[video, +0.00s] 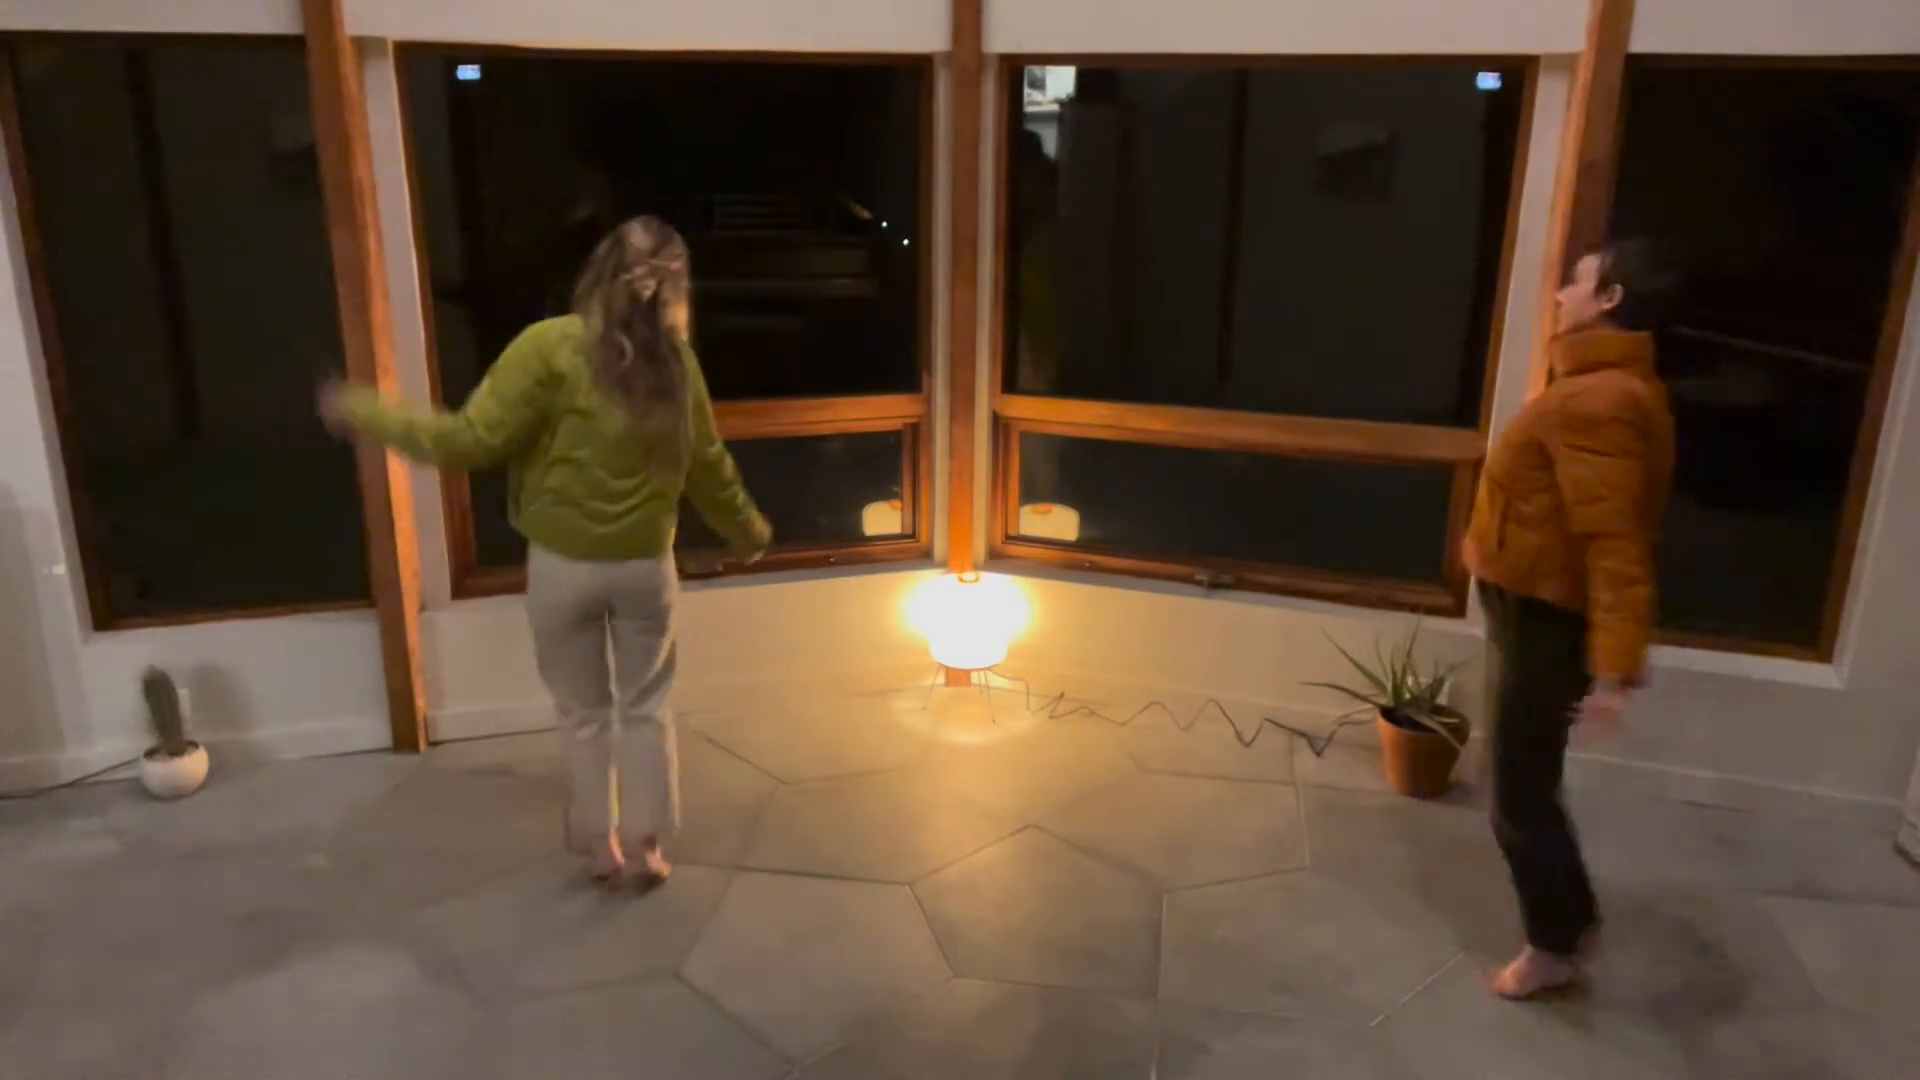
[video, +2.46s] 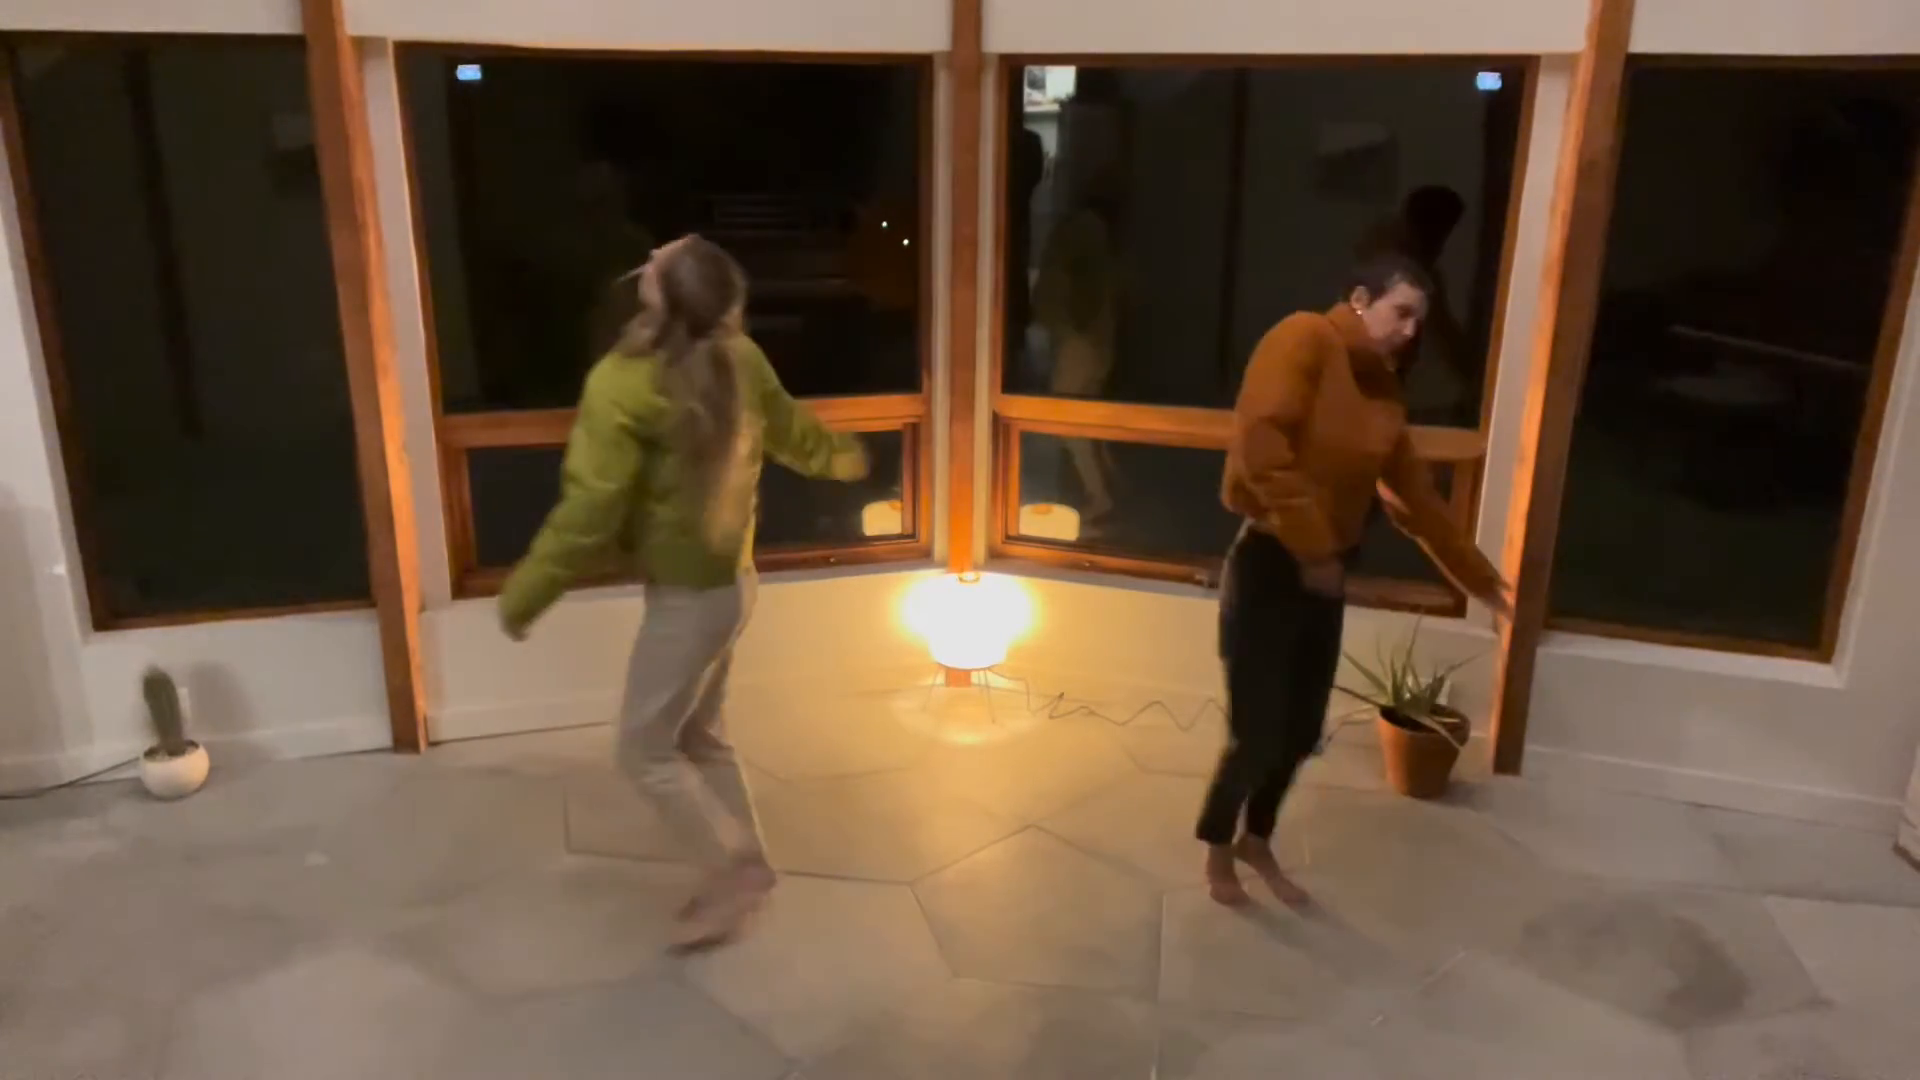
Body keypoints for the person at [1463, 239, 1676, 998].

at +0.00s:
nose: (1561, 291)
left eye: (1576, 281)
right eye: (1571, 278)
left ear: (1608, 303)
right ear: (1612, 304)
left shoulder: (1604, 402)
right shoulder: (1589, 385)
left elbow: (1616, 538)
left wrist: (1615, 664)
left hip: (1544, 618)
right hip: (1529, 609)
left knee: (1520, 795)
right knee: (1523, 782)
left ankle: (1552, 947)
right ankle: (1569, 915)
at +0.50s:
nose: (1495, 303)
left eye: (1510, 287)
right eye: (1480, 295)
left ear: (1548, 294)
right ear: (1468, 312)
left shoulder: (1602, 378)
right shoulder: (1447, 388)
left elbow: (1634, 491)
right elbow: (1360, 465)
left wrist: (1647, 583)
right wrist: (1251, 497)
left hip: (1540, 607)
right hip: (1449, 601)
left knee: (1519, 781)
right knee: (1424, 774)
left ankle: (1492, 922)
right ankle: (1390, 907)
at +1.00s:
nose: (1555, 365)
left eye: (1561, 350)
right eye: (1552, 348)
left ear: (1501, 330)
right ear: (1510, 332)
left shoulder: (1440, 365)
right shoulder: (1482, 402)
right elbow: (1468, 534)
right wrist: (1464, 656)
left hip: (1372, 584)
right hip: (1411, 599)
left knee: (1385, 758)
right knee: (1421, 775)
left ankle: (1360, 907)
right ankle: (1364, 929)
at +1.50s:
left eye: (1314, 330)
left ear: (1323, 328)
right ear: (1385, 324)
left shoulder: (1297, 378)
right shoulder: (1428, 368)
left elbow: (1278, 499)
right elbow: (1460, 479)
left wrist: (1290, 583)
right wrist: (1462, 576)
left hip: (1338, 590)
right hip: (1420, 593)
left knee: (1323, 759)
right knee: (1389, 756)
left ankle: (1320, 926)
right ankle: (1367, 912)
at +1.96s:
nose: (1256, 366)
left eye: (1264, 356)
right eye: (1254, 353)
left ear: (1302, 351)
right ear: (1283, 343)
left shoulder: (1350, 415)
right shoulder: (1298, 372)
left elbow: (1300, 540)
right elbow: (1253, 463)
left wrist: (1250, 636)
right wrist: (1231, 547)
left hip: (1350, 587)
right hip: (1295, 575)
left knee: (1317, 738)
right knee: (1267, 726)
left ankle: (1334, 885)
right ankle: (1265, 851)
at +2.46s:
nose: (1408, 330)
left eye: (1416, 319)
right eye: (1400, 312)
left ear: (1413, 322)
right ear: (1359, 300)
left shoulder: (1378, 380)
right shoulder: (1302, 340)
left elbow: (1415, 497)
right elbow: (1258, 453)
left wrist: (1486, 583)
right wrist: (1315, 549)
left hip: (1322, 568)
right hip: (1266, 557)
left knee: (1300, 728)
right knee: (1259, 725)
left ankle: (1255, 841)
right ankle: (1216, 851)